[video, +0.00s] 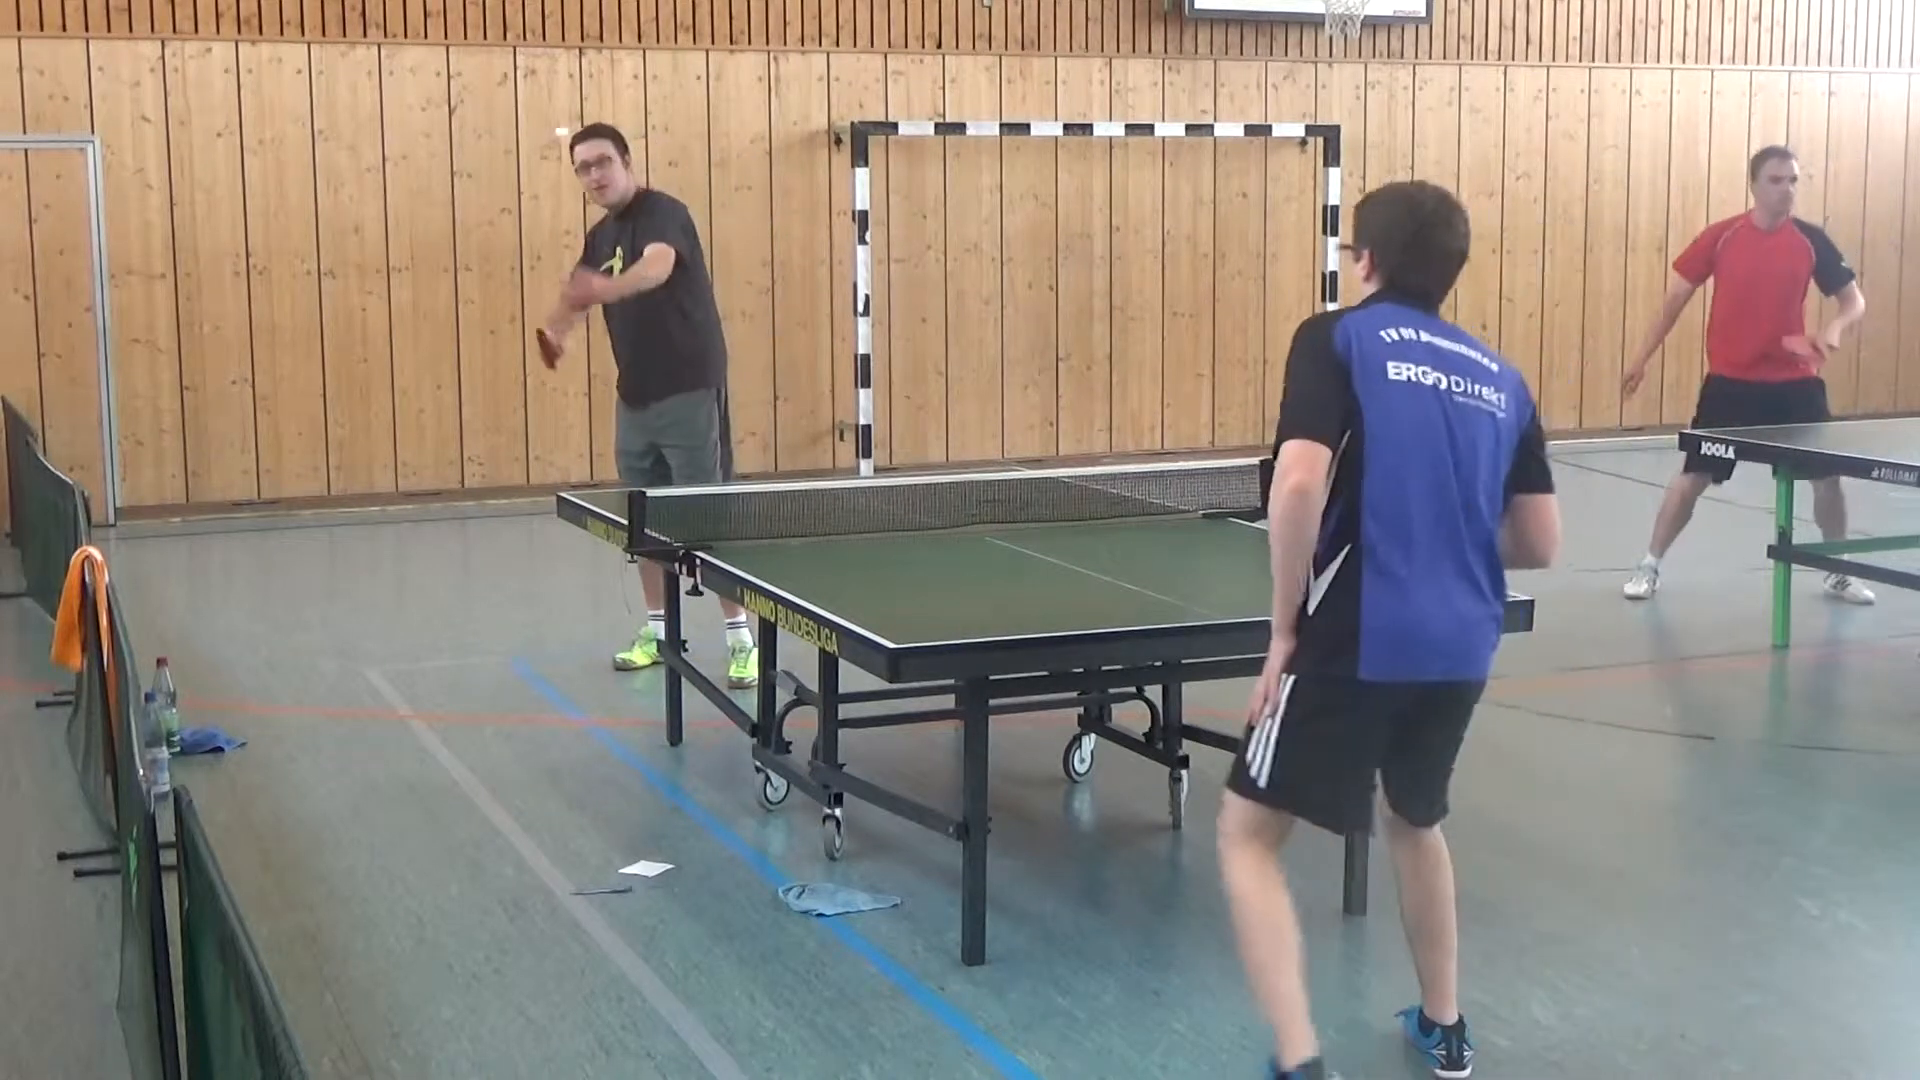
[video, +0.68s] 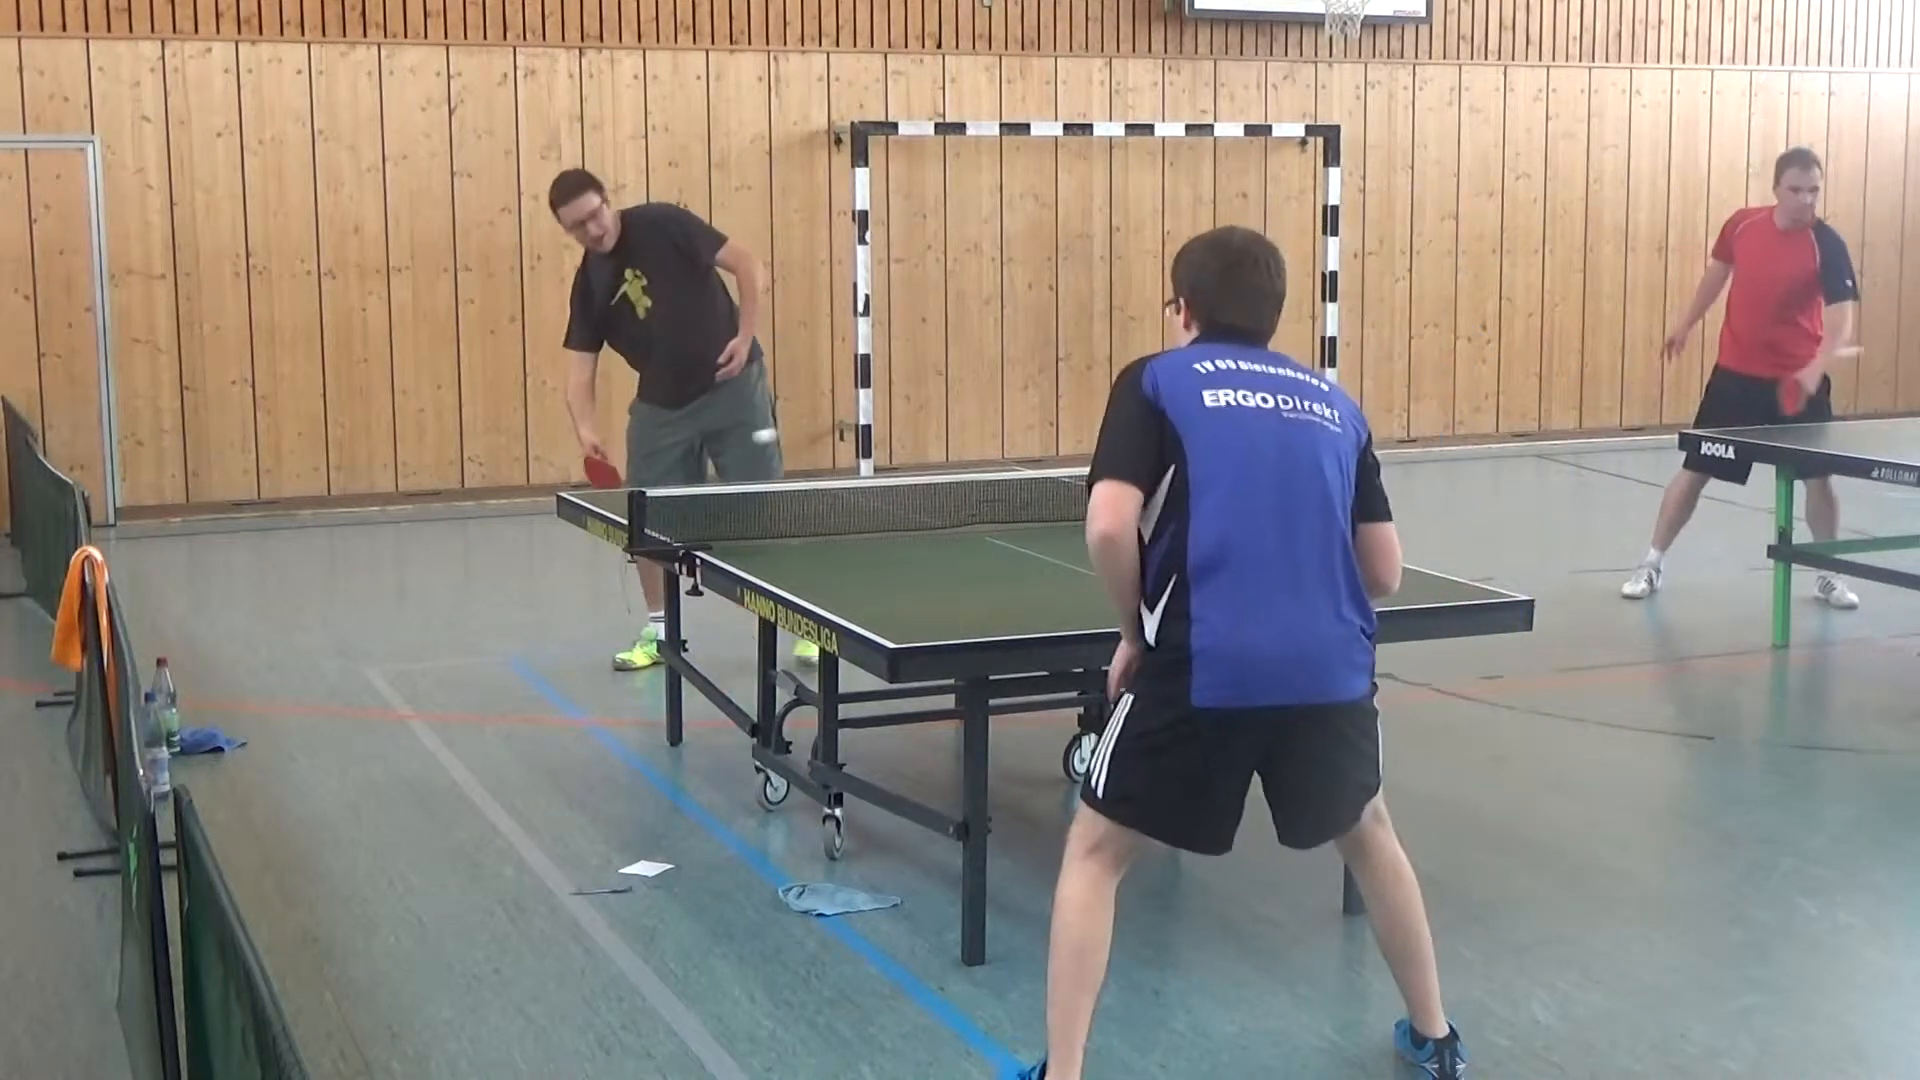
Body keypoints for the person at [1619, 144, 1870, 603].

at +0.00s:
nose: (1787, 188)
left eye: (1792, 180)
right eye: (1776, 180)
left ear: (1798, 184)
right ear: (1753, 185)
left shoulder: (1810, 240)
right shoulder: (1720, 237)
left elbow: (1854, 300)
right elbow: (1676, 297)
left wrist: (1834, 328)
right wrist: (1641, 359)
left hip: (1796, 385)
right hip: (1730, 385)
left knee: (1827, 477)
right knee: (1693, 479)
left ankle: (1836, 571)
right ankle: (1650, 565)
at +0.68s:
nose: (1807, 198)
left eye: (1814, 189)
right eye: (1797, 189)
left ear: (1821, 189)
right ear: (1777, 189)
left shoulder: (1827, 245)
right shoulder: (1742, 225)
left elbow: (1840, 325)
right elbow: (1714, 278)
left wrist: (1816, 369)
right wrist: (1683, 327)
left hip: (1799, 384)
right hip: (1735, 378)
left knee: (1819, 480)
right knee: (1694, 471)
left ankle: (1827, 574)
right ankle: (1651, 564)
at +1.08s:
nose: (1794, 191)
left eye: (1796, 183)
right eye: (1784, 183)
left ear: (1796, 188)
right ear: (1755, 187)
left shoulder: (1803, 250)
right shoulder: (1713, 233)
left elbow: (1811, 328)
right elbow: (1668, 276)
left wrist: (1771, 345)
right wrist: (1637, 330)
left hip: (1775, 387)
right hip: (1709, 384)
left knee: (1808, 483)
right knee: (1671, 478)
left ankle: (1830, 570)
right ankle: (1617, 566)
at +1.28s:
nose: (1764, 176)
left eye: (1766, 168)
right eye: (1754, 168)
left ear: (1765, 173)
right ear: (1724, 171)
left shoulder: (1769, 229)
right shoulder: (1681, 218)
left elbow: (1778, 294)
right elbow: (1617, 258)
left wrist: (1762, 327)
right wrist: (1579, 312)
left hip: (1741, 371)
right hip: (1679, 369)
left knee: (1765, 461)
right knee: (1651, 463)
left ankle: (1782, 562)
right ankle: (1603, 562)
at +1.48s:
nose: (1743, 187)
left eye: (1745, 180)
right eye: (1733, 180)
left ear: (1745, 183)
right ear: (1704, 183)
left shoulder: (1748, 240)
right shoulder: (1667, 231)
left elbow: (1754, 311)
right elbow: (1602, 276)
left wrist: (1742, 353)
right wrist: (1555, 328)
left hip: (1723, 383)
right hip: (1666, 381)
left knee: (1745, 471)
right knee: (1629, 477)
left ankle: (1728, 563)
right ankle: (1557, 560)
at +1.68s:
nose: (1742, 207)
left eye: (1744, 199)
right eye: (1735, 197)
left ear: (1722, 203)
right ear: (1706, 196)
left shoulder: (1714, 260)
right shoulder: (1664, 235)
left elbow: (1719, 325)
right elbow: (1609, 280)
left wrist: (1785, 354)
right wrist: (1566, 342)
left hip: (1692, 391)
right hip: (1641, 385)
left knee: (1727, 476)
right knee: (1614, 485)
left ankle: (1724, 564)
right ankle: (1542, 559)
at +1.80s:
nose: (1748, 193)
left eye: (1749, 186)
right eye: (1741, 184)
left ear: (1735, 192)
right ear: (1711, 185)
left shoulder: (1735, 255)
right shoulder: (1672, 218)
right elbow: (1608, 259)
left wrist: (1845, 353)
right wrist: (1562, 315)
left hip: (1686, 374)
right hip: (1634, 365)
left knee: (1709, 463)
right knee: (1602, 465)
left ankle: (1704, 563)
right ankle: (1528, 562)